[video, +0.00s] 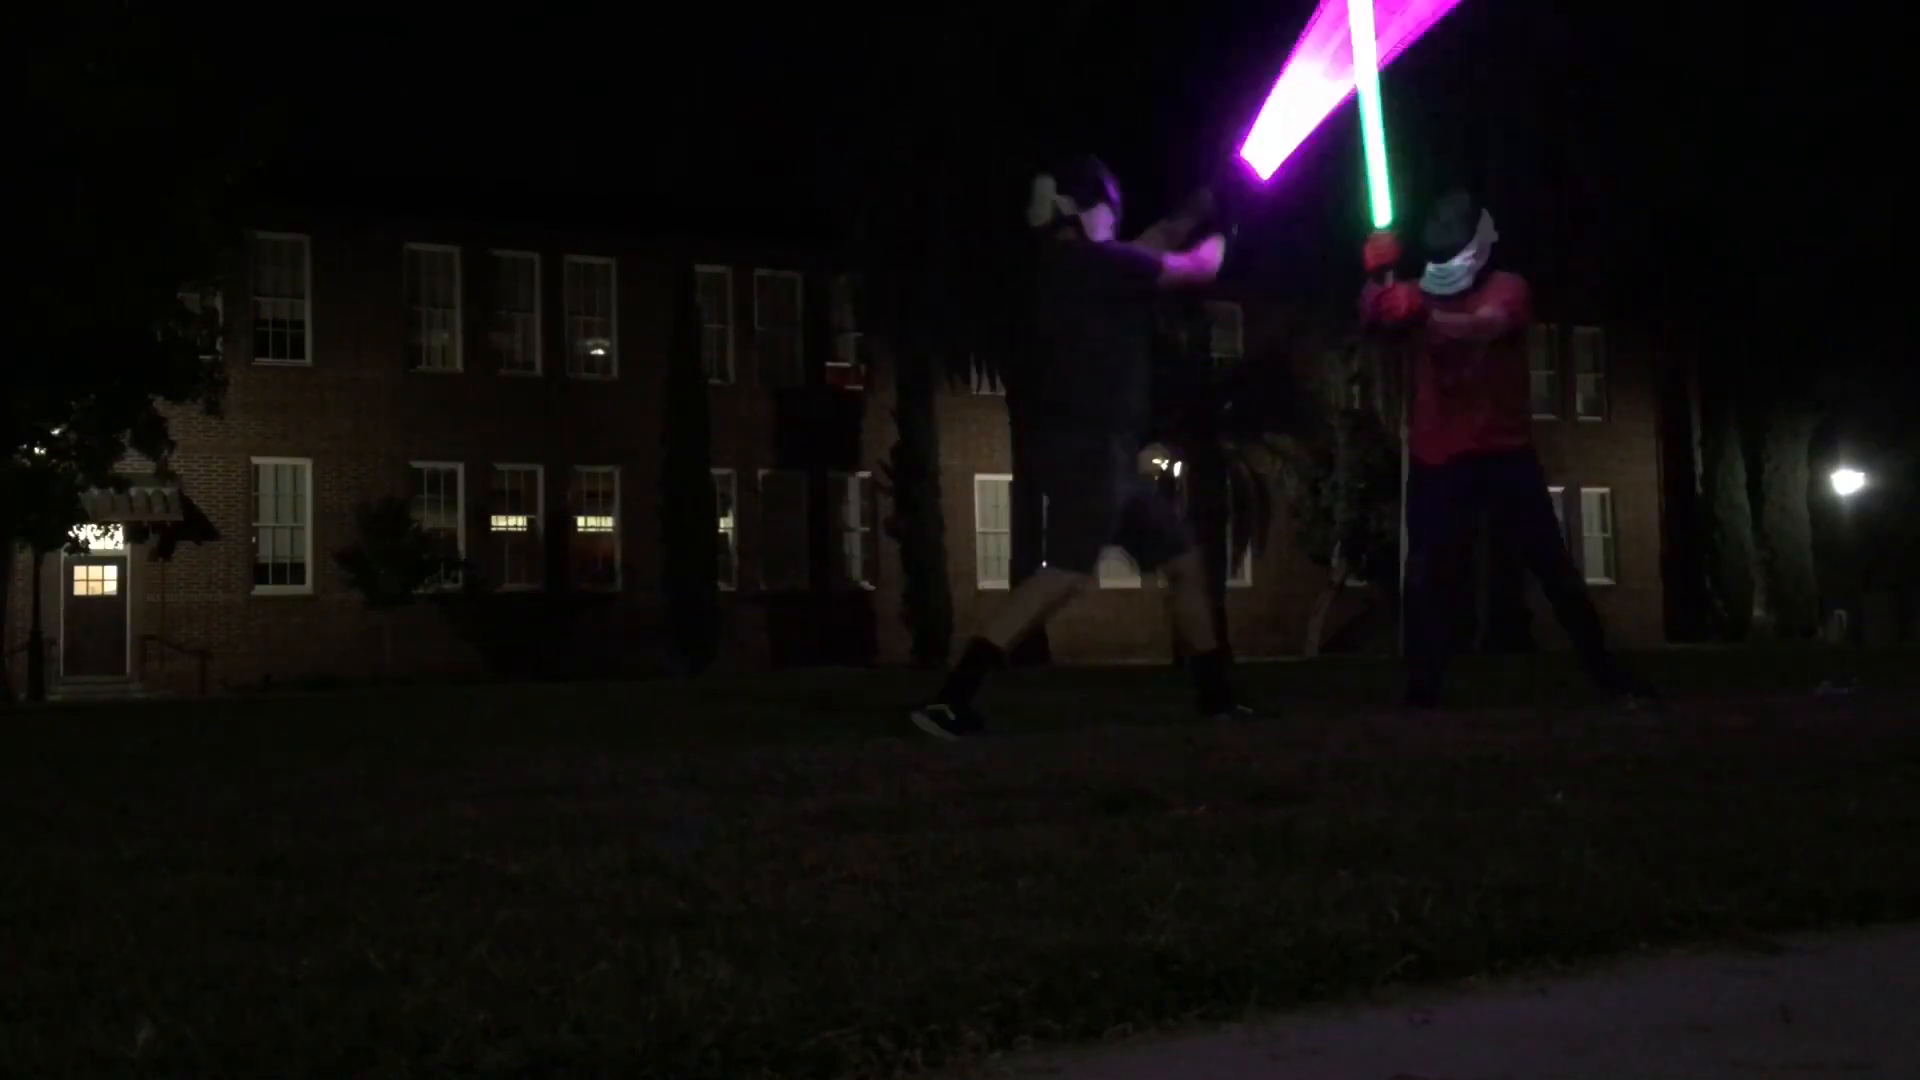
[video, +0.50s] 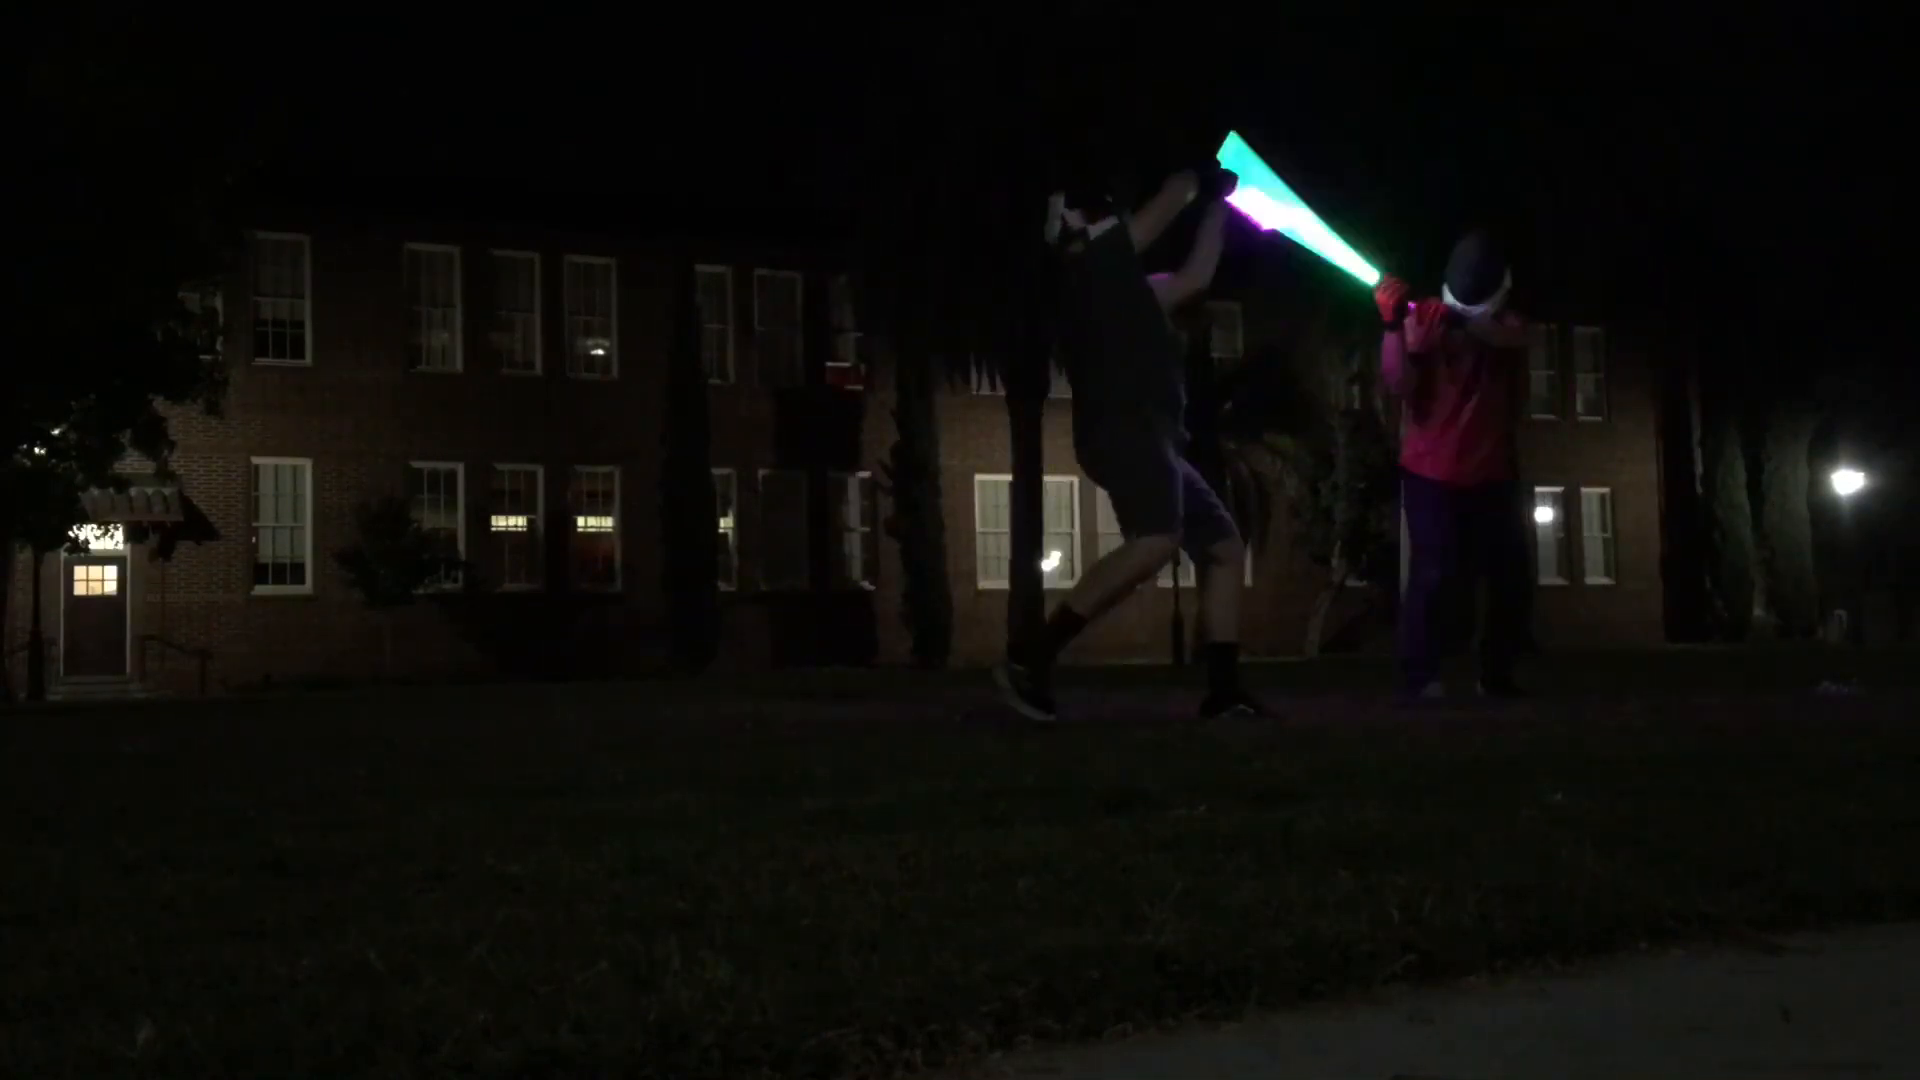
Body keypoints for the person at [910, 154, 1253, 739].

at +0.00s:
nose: (1115, 219)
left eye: (1112, 209)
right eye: (1110, 208)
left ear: (1061, 210)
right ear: (1088, 211)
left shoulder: (1058, 261)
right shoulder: (1095, 262)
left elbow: (1134, 254)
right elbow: (1199, 267)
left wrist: (1187, 216)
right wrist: (1221, 234)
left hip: (1093, 445)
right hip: (1091, 445)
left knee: (1181, 556)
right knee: (1066, 573)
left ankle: (1216, 692)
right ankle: (954, 696)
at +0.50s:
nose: (1113, 227)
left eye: (1101, 218)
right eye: (1102, 219)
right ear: (1089, 227)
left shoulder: (1120, 293)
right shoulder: (1091, 268)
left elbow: (1194, 278)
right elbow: (1173, 197)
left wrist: (1217, 203)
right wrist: (1200, 177)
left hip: (1150, 439)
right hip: (1121, 432)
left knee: (1225, 547)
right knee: (1155, 542)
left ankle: (1223, 693)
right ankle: (1033, 658)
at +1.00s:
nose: (987, 200)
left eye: (984, 188)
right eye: (983, 189)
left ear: (933, 186)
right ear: (970, 188)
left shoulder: (900, 247)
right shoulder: (983, 246)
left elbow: (884, 345)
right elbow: (1038, 332)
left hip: (924, 412)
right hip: (980, 412)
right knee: (987, 548)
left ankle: (955, 680)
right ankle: (968, 689)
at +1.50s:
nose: (848, 206)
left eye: (845, 195)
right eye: (841, 195)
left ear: (786, 199)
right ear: (819, 199)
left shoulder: (758, 256)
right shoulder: (836, 257)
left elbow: (751, 349)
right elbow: (852, 357)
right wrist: (842, 418)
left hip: (752, 427)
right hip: (816, 427)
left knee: (758, 560)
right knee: (887, 537)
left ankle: (739, 705)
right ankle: (873, 685)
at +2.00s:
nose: (801, 200)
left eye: (798, 189)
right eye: (794, 189)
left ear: (746, 192)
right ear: (774, 191)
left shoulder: (720, 242)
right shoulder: (786, 244)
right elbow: (813, 342)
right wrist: (822, 403)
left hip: (720, 413)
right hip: (759, 420)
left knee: (797, 546)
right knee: (715, 558)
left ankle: (751, 684)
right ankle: (683, 701)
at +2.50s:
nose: (888, 254)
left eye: (886, 244)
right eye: (884, 244)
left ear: (835, 245)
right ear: (866, 245)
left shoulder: (820, 296)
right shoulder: (866, 299)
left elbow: (883, 281)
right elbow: (961, 317)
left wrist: (925, 258)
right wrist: (957, 261)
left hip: (860, 470)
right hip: (870, 473)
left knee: (963, 557)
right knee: (886, 599)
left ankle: (976, 698)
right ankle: (735, 672)